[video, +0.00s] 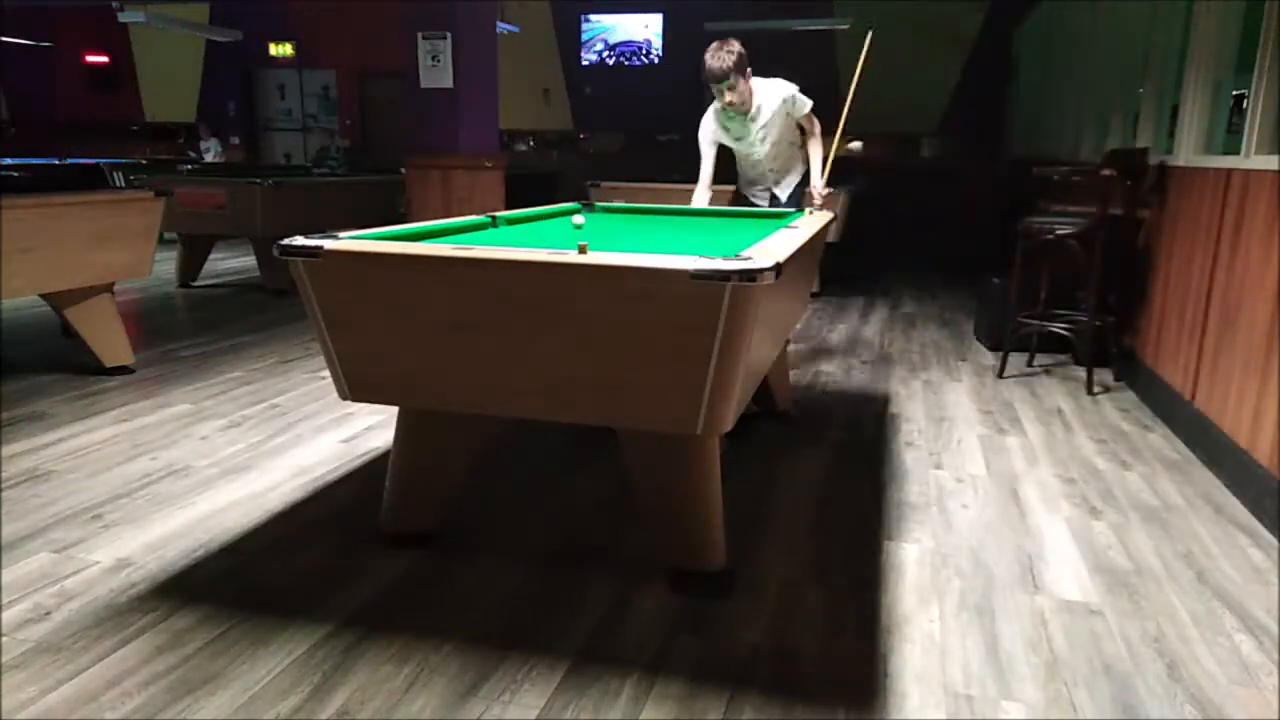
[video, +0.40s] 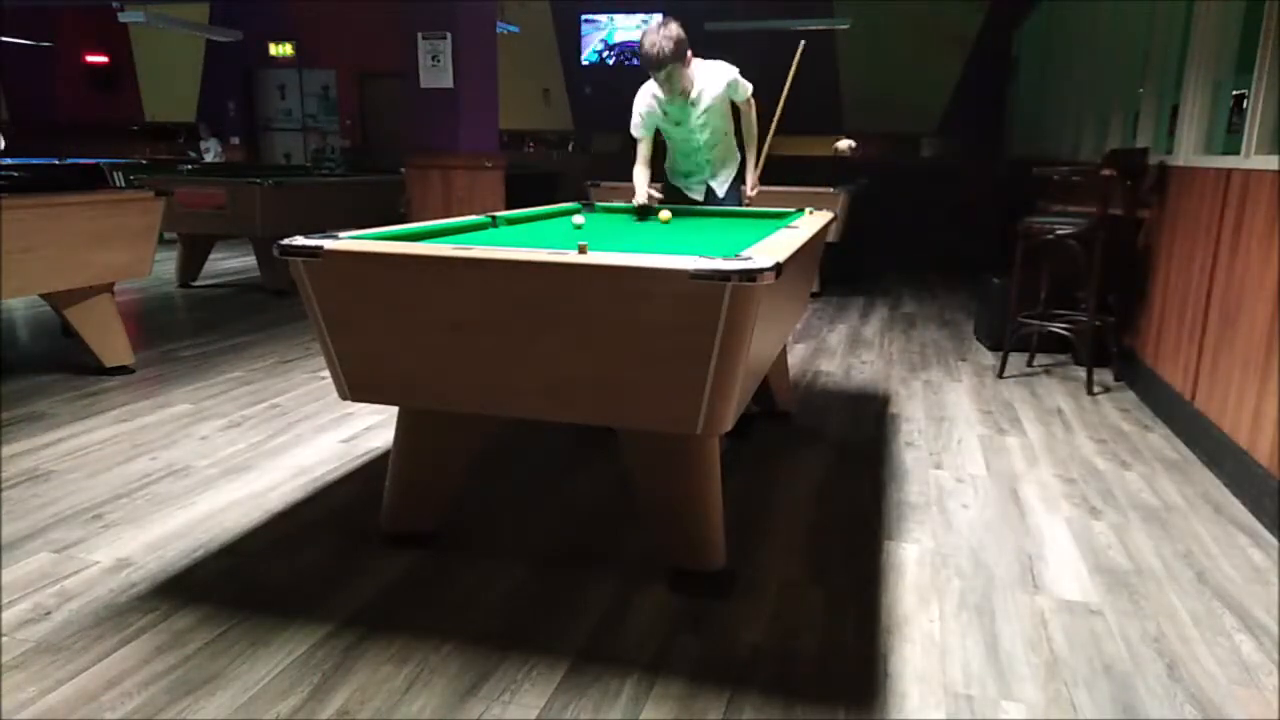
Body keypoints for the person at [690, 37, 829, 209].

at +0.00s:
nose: (727, 100)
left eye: (732, 88)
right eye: (718, 92)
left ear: (748, 77)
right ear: (710, 89)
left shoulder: (782, 94)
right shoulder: (711, 124)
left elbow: (813, 129)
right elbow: (704, 186)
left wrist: (816, 182)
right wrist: (692, 227)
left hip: (790, 184)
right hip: (750, 188)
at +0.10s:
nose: (733, 134)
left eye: (739, 122)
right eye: (724, 127)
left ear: (747, 109)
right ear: (710, 121)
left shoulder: (768, 113)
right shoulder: (700, 140)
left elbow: (782, 131)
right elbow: (687, 200)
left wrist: (791, 185)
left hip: (754, 188)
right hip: (714, 191)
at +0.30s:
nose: (675, 128)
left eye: (680, 121)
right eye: (669, 124)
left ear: (694, 102)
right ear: (659, 114)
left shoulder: (732, 98)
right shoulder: (651, 126)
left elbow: (755, 110)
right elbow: (637, 180)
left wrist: (757, 168)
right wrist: (642, 204)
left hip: (733, 184)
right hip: (686, 187)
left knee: (731, 251)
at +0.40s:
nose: (665, 88)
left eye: (669, 78)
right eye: (657, 80)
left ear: (688, 58)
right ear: (650, 73)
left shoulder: (722, 76)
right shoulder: (647, 98)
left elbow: (747, 105)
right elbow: (642, 161)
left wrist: (751, 169)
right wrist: (641, 190)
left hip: (724, 177)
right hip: (680, 181)